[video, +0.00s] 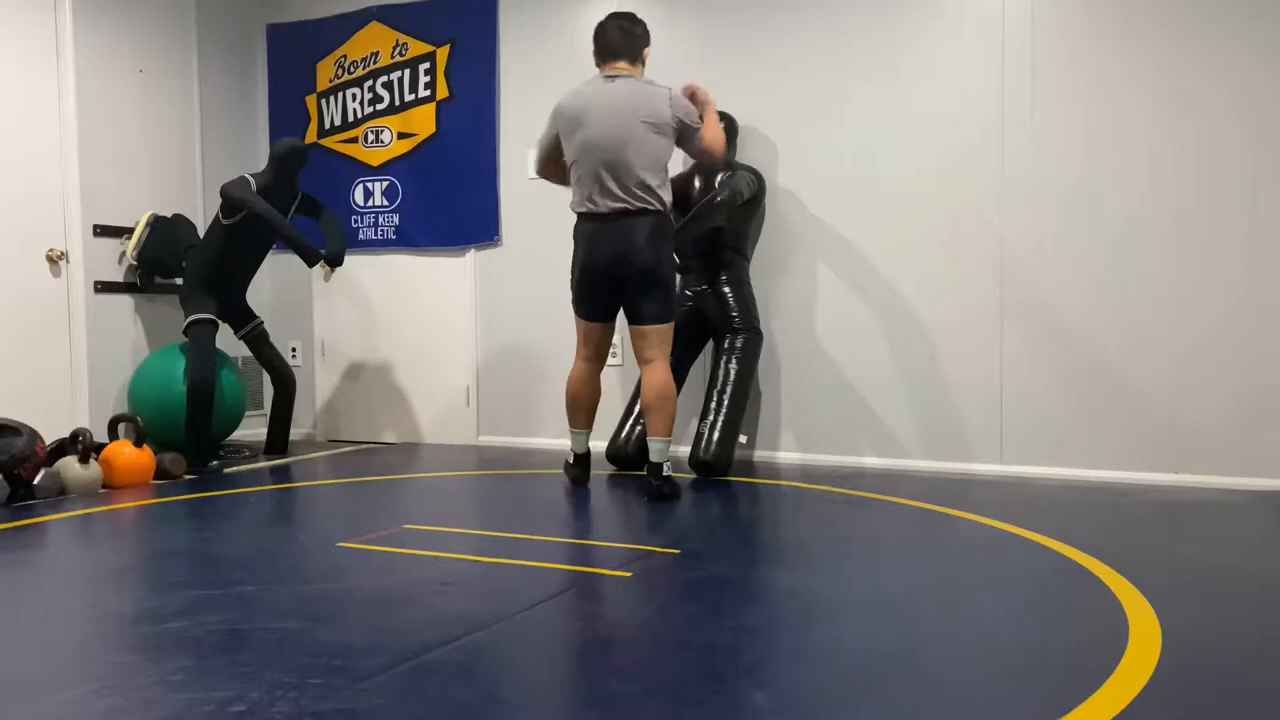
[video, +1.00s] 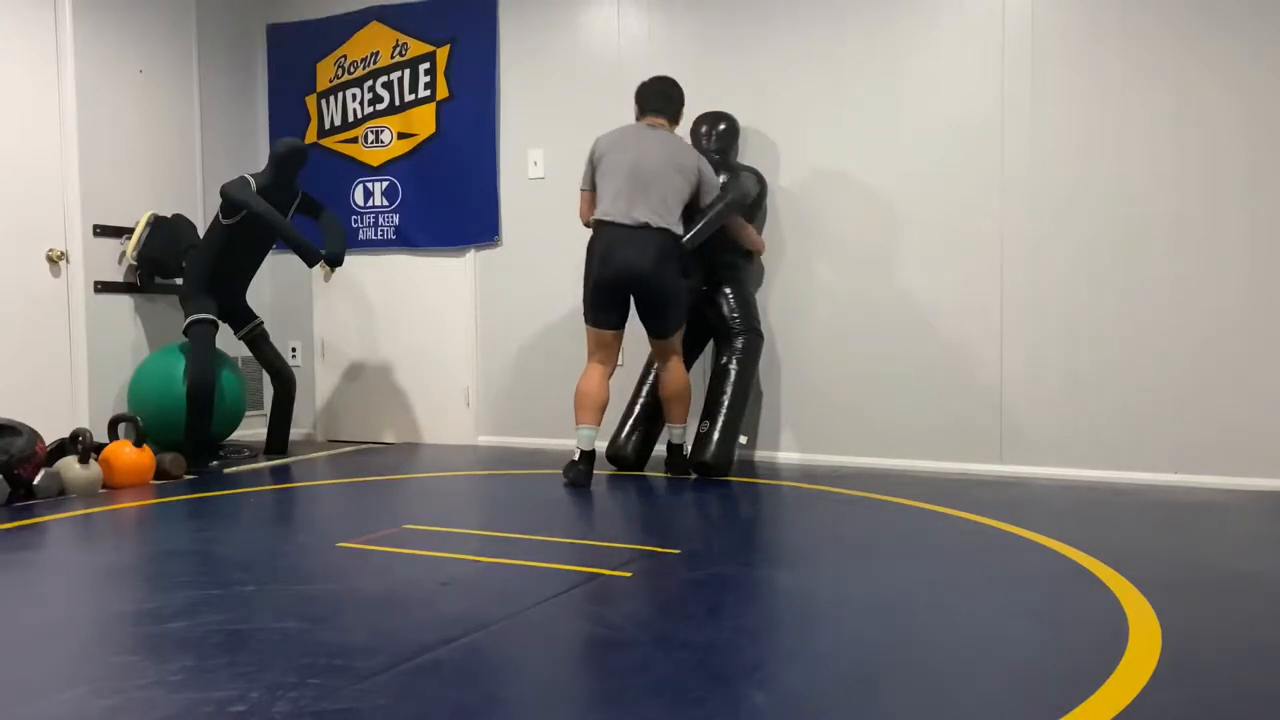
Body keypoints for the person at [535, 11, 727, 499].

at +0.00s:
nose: (648, 58)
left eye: (643, 52)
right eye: (648, 52)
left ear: (596, 55)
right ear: (643, 55)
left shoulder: (569, 103)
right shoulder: (665, 101)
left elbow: (548, 166)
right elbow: (715, 151)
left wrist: (595, 179)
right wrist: (708, 106)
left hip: (593, 241)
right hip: (649, 239)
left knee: (588, 355)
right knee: (655, 357)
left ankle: (579, 460)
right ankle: (659, 469)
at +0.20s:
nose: (627, 71)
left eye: (625, 64)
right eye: (627, 64)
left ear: (578, 65)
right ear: (621, 63)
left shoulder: (553, 112)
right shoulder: (641, 104)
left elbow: (529, 175)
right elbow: (707, 143)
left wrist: (532, 208)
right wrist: (731, 112)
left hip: (578, 248)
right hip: (632, 243)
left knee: (582, 360)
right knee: (656, 351)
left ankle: (577, 464)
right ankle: (657, 451)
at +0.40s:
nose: (621, 73)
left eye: (620, 67)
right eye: (620, 66)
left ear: (573, 68)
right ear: (612, 66)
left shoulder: (547, 118)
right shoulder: (631, 106)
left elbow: (552, 186)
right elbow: (696, 149)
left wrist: (597, 190)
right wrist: (689, 173)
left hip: (573, 247)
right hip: (625, 242)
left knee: (580, 358)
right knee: (656, 341)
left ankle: (577, 464)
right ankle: (646, 435)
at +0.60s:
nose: (632, 81)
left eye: (630, 75)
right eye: (631, 74)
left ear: (583, 76)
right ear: (624, 74)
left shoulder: (557, 123)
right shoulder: (642, 116)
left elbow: (573, 181)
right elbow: (687, 172)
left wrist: (631, 195)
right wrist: (709, 199)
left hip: (575, 249)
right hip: (628, 246)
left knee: (582, 361)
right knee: (655, 348)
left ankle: (578, 464)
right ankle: (674, 447)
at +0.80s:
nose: (659, 94)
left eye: (655, 87)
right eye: (659, 88)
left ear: (613, 88)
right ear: (654, 89)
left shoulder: (580, 131)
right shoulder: (671, 135)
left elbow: (576, 183)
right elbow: (708, 195)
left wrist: (624, 185)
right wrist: (727, 200)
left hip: (590, 253)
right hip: (643, 254)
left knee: (590, 361)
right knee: (660, 356)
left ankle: (579, 461)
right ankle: (678, 449)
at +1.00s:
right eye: (681, 115)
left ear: (637, 109)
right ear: (679, 116)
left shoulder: (604, 143)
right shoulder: (692, 157)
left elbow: (587, 215)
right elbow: (727, 217)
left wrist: (626, 225)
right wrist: (755, 242)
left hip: (606, 249)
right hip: (661, 252)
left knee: (600, 359)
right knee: (669, 355)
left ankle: (583, 457)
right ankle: (677, 453)